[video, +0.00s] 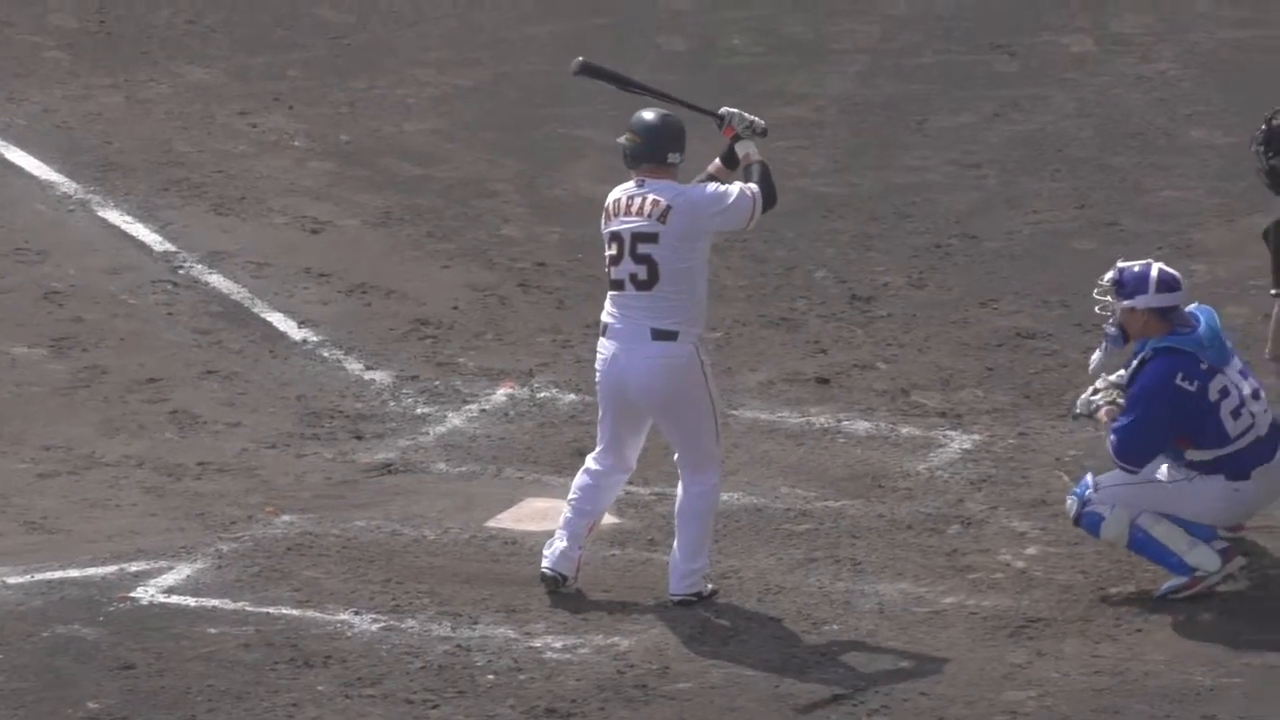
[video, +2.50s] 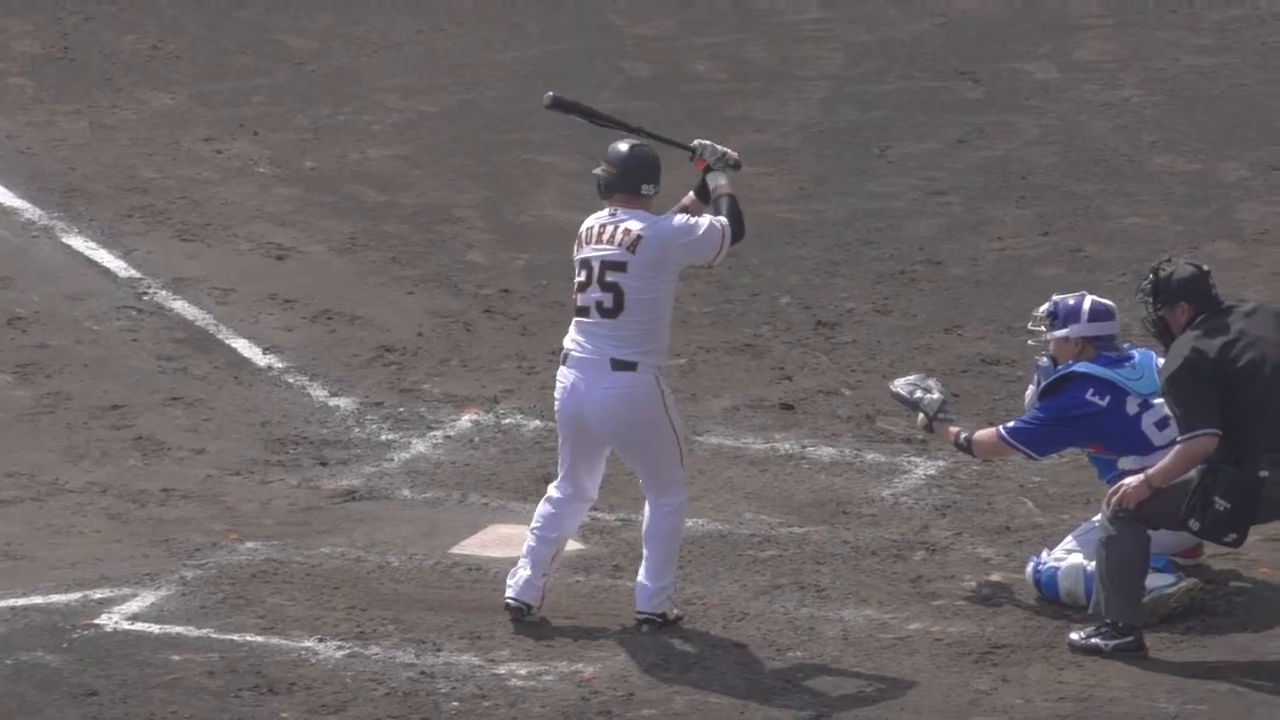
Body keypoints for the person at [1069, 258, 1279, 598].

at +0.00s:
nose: (1114, 314)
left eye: (1120, 307)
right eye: (1116, 306)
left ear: (1144, 314)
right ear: (1168, 307)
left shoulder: (1159, 375)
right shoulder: (1201, 321)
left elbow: (1129, 458)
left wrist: (1107, 414)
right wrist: (1124, 384)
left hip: (1233, 491)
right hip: (1269, 467)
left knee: (1088, 501)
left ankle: (1205, 564)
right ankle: (1221, 523)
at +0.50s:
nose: (1105, 321)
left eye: (1112, 314)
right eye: (1107, 312)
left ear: (1135, 321)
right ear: (1162, 315)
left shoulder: (1145, 368)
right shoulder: (1196, 339)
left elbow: (1111, 450)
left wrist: (1068, 469)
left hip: (1194, 494)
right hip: (1231, 483)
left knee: (1073, 543)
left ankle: (1184, 582)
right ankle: (1204, 566)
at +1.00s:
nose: (1069, 337)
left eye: (1076, 330)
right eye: (1070, 329)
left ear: (1104, 337)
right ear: (1117, 335)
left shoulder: (1099, 387)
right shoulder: (1158, 357)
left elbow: (1020, 431)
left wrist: (962, 421)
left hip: (1194, 495)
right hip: (1237, 474)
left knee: (1063, 564)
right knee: (1143, 465)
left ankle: (1178, 579)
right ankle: (1200, 546)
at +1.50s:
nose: (1058, 336)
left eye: (1065, 329)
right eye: (1060, 328)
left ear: (1090, 337)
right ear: (1106, 333)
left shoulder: (1092, 389)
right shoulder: (1148, 347)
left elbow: (1019, 431)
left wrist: (968, 430)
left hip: (1192, 490)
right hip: (1230, 470)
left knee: (1060, 562)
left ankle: (1174, 577)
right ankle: (1197, 540)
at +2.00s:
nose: (1053, 337)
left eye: (1059, 330)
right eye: (1055, 329)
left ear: (1083, 338)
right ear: (1106, 332)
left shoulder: (1087, 387)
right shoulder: (1148, 351)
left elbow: (1008, 435)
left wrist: (955, 427)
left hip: (1167, 506)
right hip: (1210, 484)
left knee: (1051, 562)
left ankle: (1161, 575)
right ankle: (1189, 537)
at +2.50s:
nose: (1048, 345)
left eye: (1055, 338)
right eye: (1050, 337)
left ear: (1079, 344)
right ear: (1099, 339)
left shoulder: (1080, 395)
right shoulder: (1146, 359)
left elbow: (994, 444)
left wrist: (944, 428)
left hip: (1161, 515)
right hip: (1202, 493)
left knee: (1046, 570)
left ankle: (1158, 583)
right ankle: (1181, 547)